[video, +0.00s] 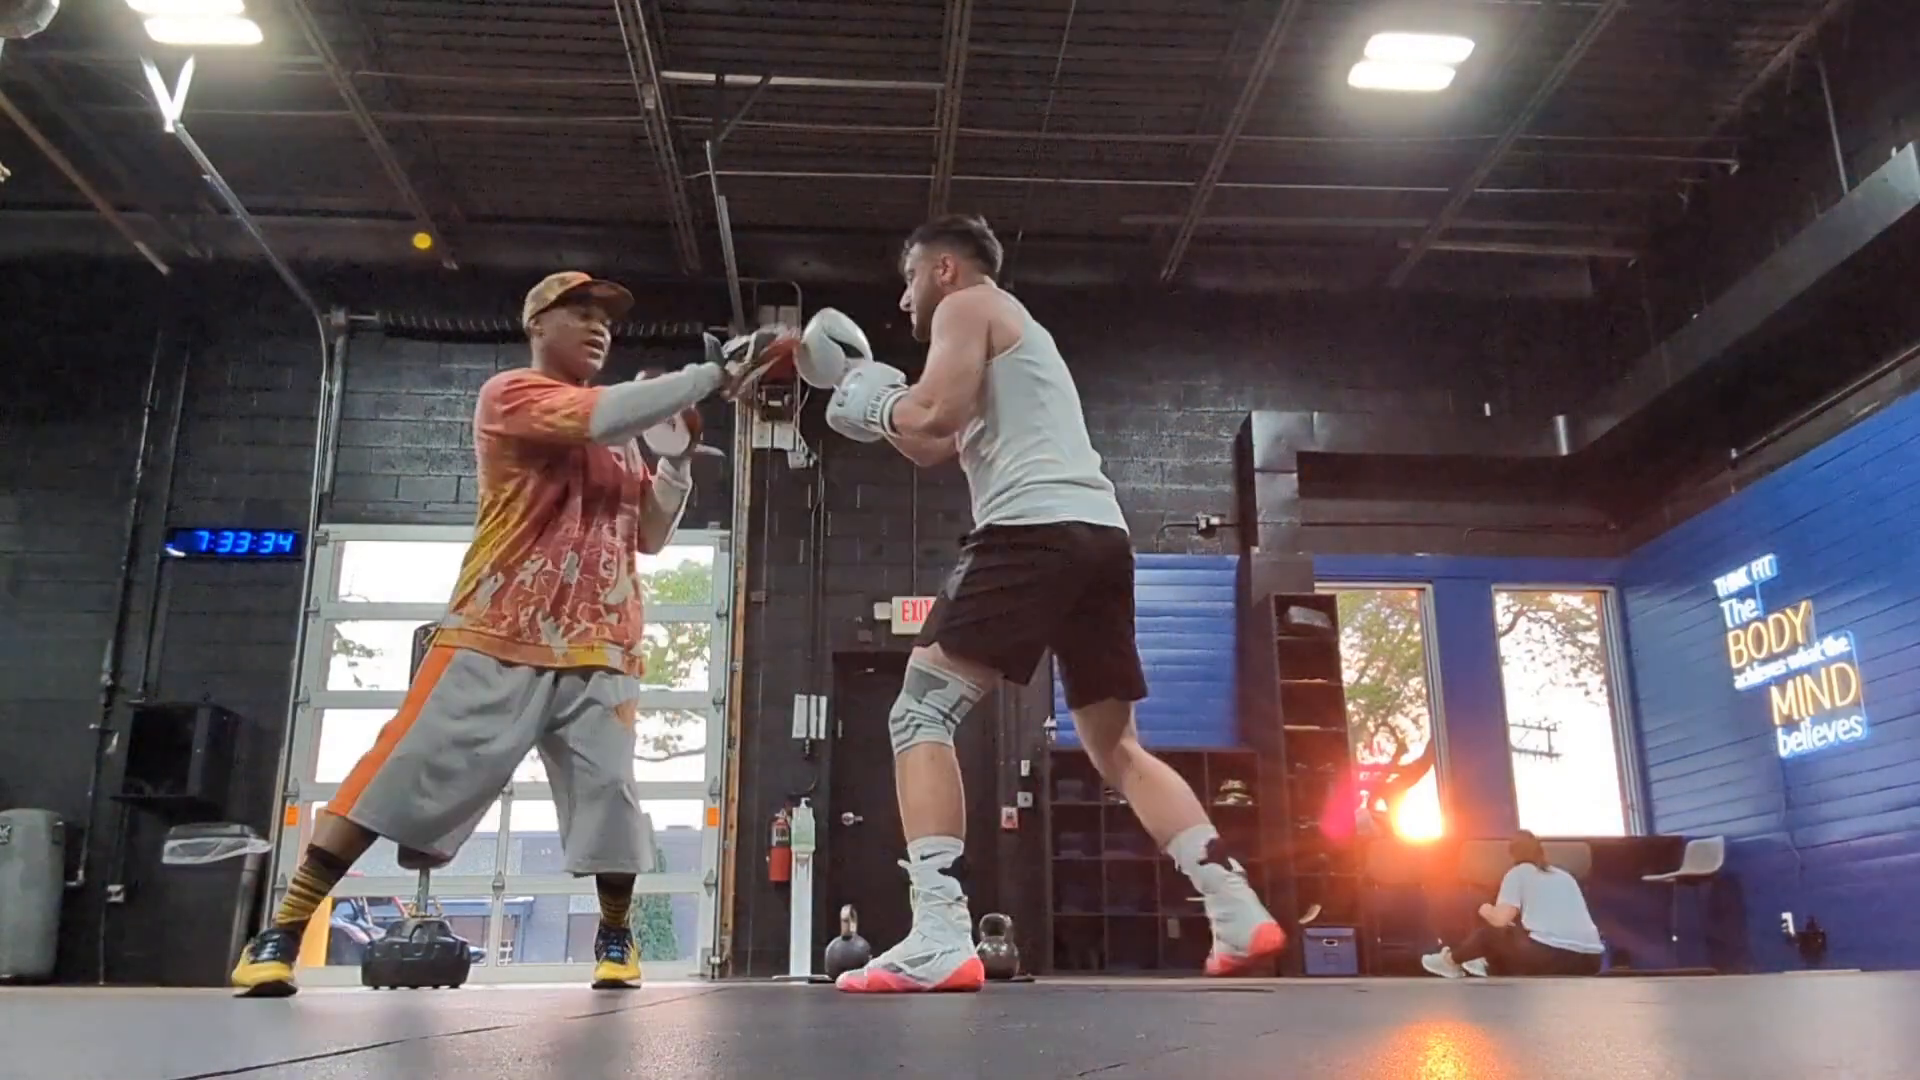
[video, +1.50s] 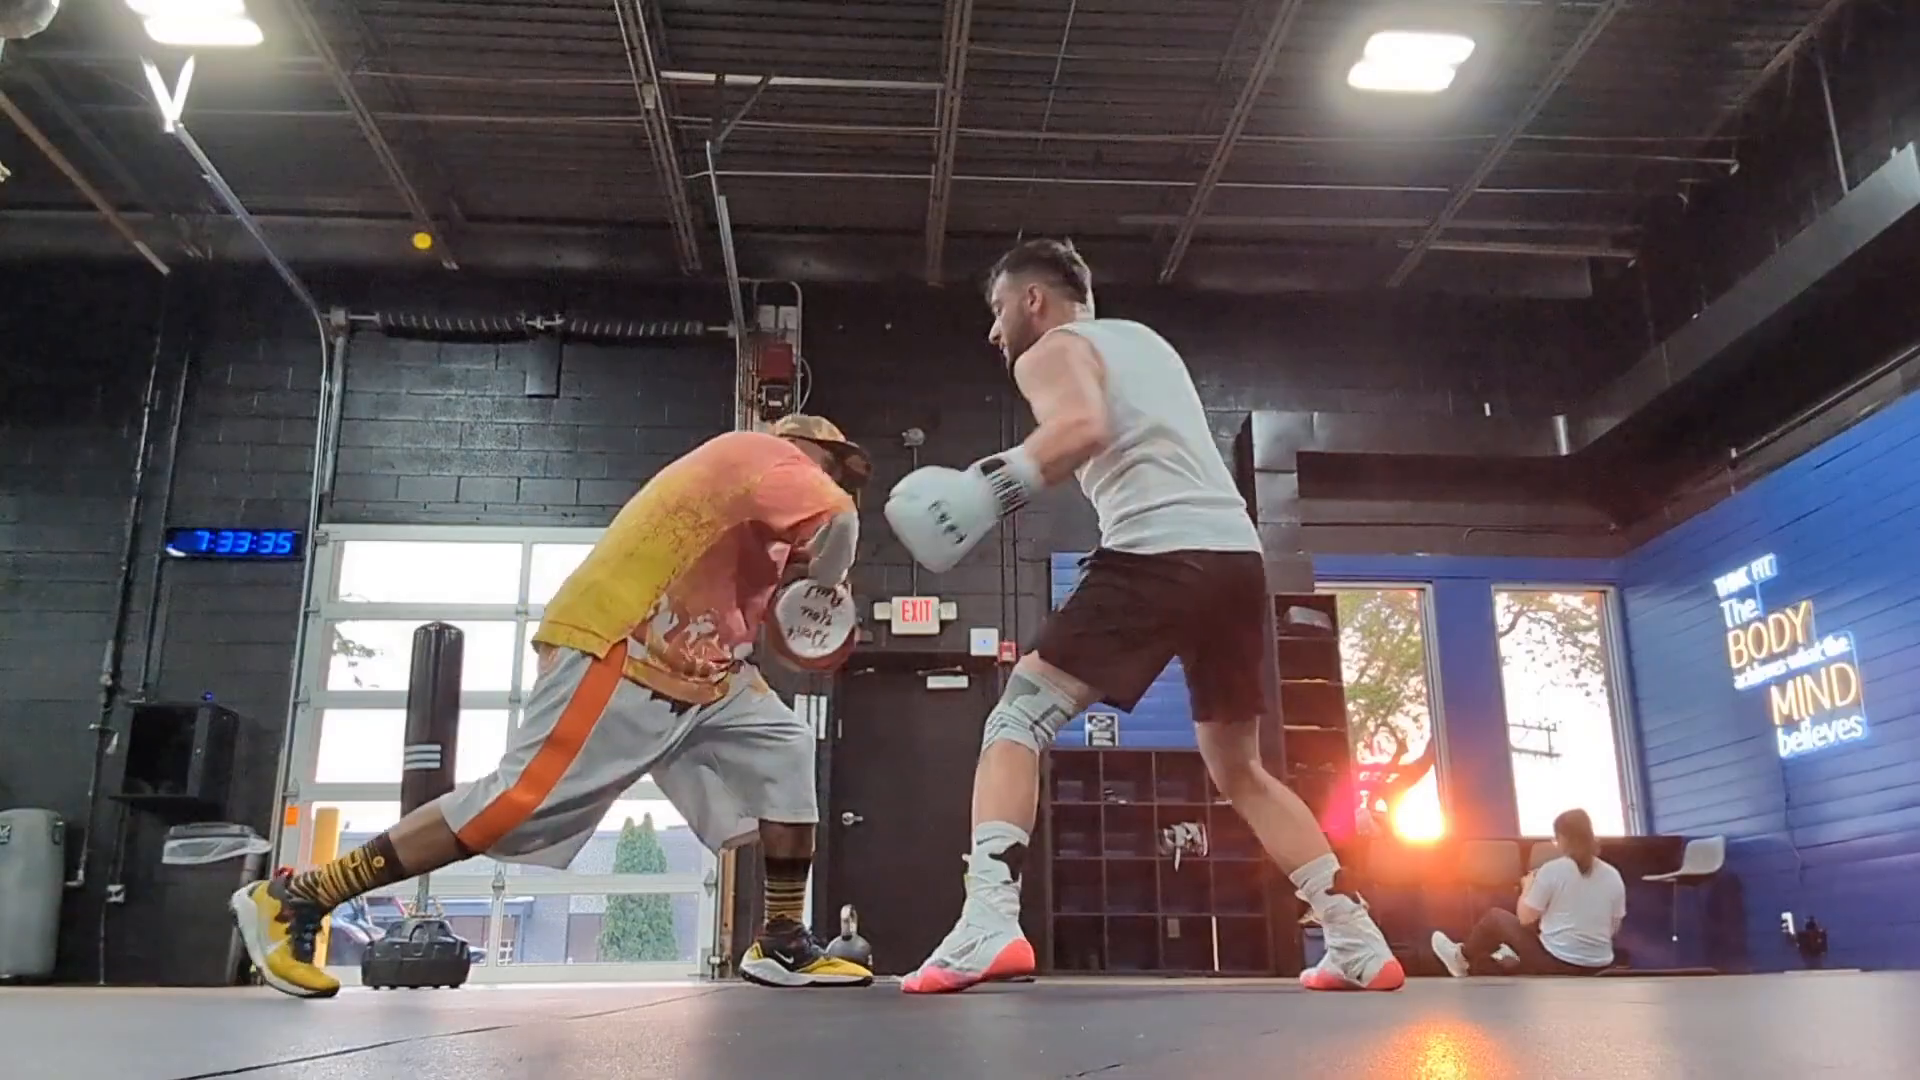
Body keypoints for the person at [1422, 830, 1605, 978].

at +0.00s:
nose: (1511, 855)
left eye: (1512, 851)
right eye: (1513, 850)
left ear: (1514, 854)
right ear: (1540, 852)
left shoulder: (1517, 874)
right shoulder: (1565, 875)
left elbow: (1502, 920)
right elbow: (1559, 918)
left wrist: (1485, 910)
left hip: (1552, 957)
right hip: (1591, 960)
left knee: (1487, 934)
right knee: (1519, 936)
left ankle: (1450, 960)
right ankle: (1483, 963)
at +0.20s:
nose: (1511, 856)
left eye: (1511, 852)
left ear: (1513, 856)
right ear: (1539, 853)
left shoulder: (1515, 877)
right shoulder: (1564, 877)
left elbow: (1493, 923)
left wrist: (1488, 910)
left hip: (1553, 959)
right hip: (1591, 961)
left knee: (1491, 933)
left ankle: (1449, 959)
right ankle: (1482, 965)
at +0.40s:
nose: (1513, 854)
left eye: (1515, 850)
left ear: (1517, 853)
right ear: (1543, 851)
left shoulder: (1517, 874)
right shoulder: (1569, 875)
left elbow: (1485, 920)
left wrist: (1508, 914)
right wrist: (1524, 917)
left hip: (1554, 959)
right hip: (1591, 961)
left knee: (1496, 932)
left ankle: (1449, 960)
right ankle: (1483, 964)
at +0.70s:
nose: (1531, 842)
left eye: (1532, 838)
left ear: (1533, 840)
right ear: (1562, 840)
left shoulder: (1529, 869)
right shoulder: (1586, 871)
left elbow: (1501, 915)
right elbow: (1585, 911)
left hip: (1556, 958)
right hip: (1593, 962)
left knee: (1497, 932)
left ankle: (1452, 959)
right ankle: (1485, 964)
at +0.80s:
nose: (1535, 840)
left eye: (1537, 835)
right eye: (1536, 835)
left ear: (1542, 837)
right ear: (1568, 837)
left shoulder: (1535, 867)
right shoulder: (1593, 871)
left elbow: (1507, 912)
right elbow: (1598, 913)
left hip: (1558, 958)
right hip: (1595, 962)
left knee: (1502, 929)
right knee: (1528, 928)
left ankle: (1454, 957)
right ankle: (1485, 963)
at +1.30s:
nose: (1553, 840)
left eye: (1555, 835)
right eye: (1554, 835)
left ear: (1560, 837)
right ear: (1588, 836)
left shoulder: (1551, 870)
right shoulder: (1608, 874)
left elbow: (1523, 919)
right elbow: (1611, 921)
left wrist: (1520, 893)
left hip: (1560, 961)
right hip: (1597, 963)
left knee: (1496, 924)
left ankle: (1456, 958)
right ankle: (1492, 958)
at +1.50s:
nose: (1556, 843)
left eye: (1557, 838)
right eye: (1556, 838)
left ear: (1563, 839)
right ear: (1588, 836)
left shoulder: (1552, 871)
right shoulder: (1612, 875)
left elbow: (1525, 918)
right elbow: (1614, 927)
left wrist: (1527, 889)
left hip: (1560, 961)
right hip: (1600, 962)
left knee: (1496, 918)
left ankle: (1462, 957)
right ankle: (1516, 955)